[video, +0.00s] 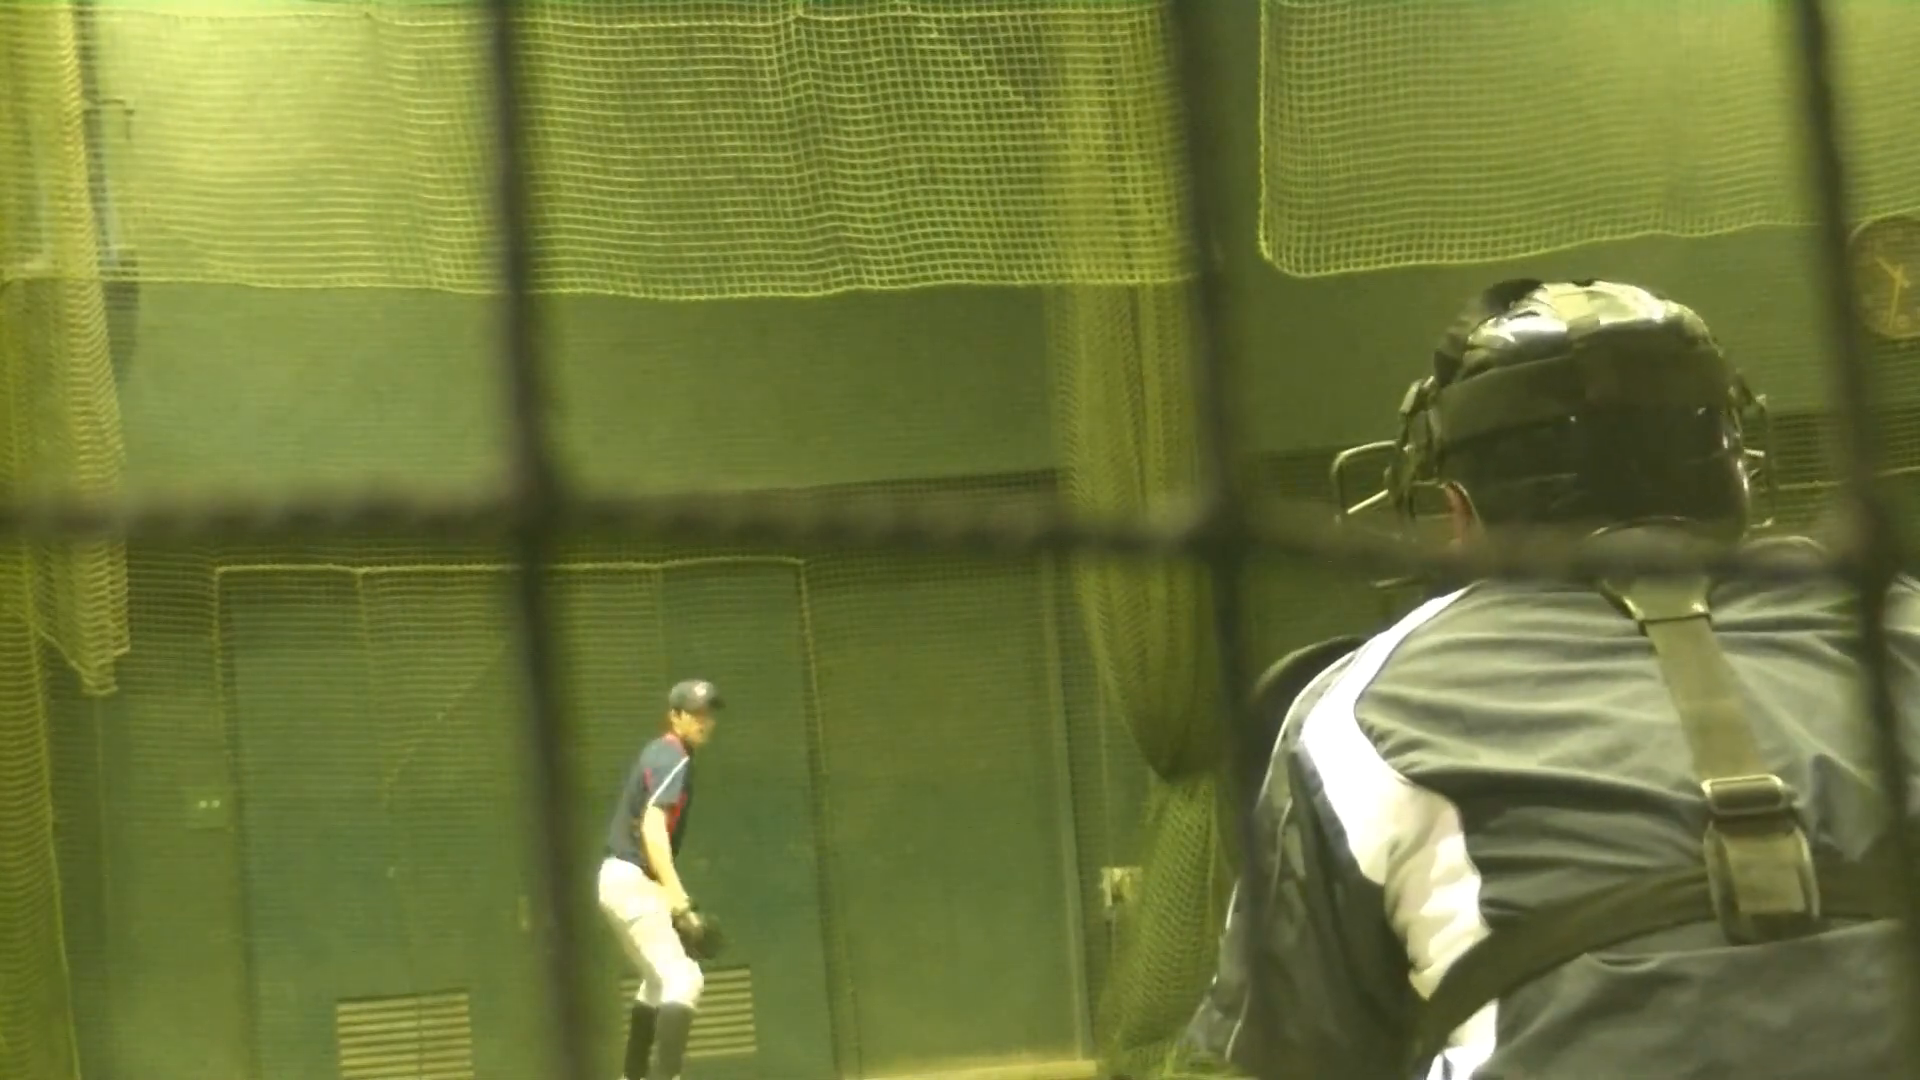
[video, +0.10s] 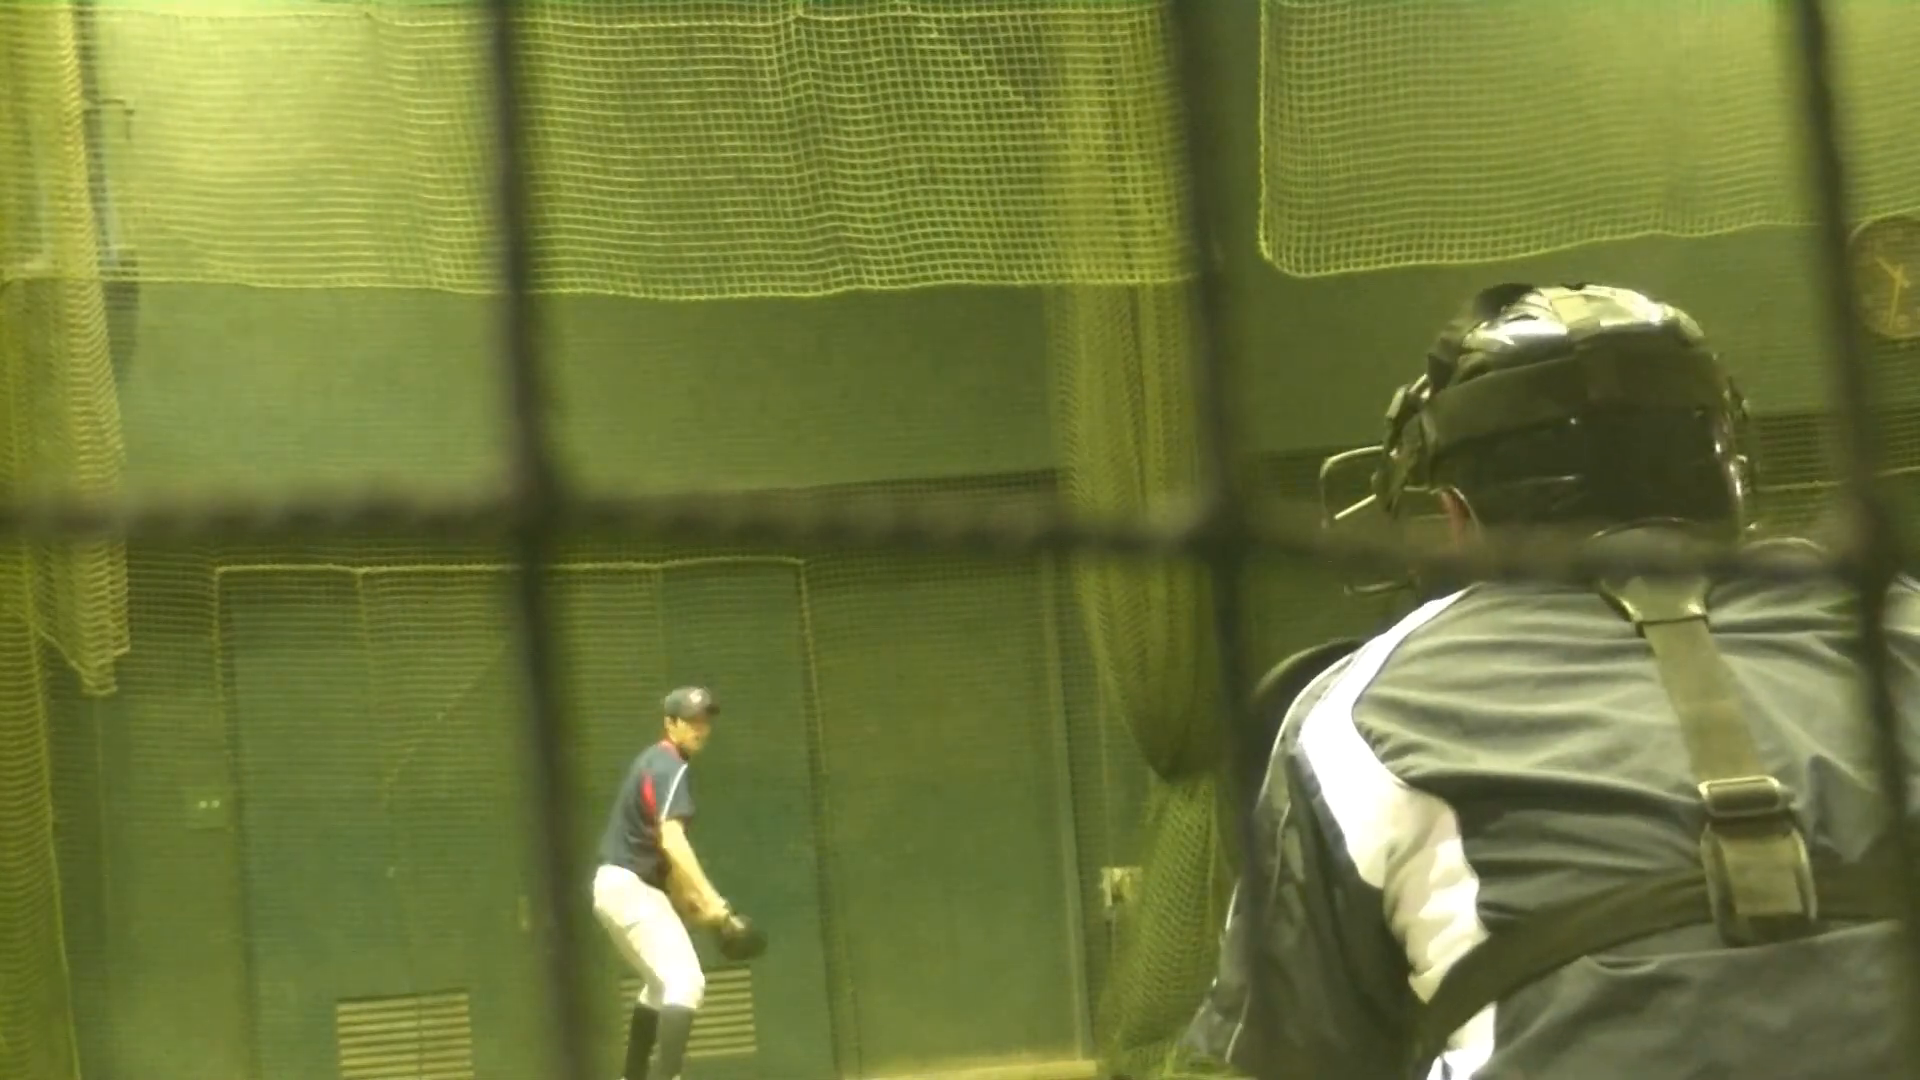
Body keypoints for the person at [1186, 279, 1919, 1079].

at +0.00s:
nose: (1415, 544)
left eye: (1420, 518)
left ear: (1461, 523)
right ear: (1735, 487)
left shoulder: (1347, 713)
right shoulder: (1891, 622)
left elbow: (1294, 1049)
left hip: (1588, 1022)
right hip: (1884, 1016)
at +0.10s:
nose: (1410, 547)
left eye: (1415, 521)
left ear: (1458, 526)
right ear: (1727, 488)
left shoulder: (1344, 718)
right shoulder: (1891, 620)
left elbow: (1297, 1053)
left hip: (1586, 1024)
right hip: (1886, 1016)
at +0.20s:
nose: (1406, 553)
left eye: (1411, 527)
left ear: (1454, 528)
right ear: (1723, 487)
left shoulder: (1342, 718)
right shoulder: (1895, 618)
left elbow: (1297, 1054)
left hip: (1589, 1021)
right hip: (1894, 1014)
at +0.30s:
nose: (1406, 555)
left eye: (1410, 529)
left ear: (1451, 529)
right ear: (1718, 488)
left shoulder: (1340, 719)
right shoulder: (1894, 618)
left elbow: (1294, 1051)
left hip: (1590, 1019)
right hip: (1893, 1012)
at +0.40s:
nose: (1404, 556)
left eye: (1408, 530)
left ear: (1449, 531)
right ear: (1715, 488)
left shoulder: (1338, 720)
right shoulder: (1886, 615)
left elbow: (1294, 1052)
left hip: (1584, 1025)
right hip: (1886, 1012)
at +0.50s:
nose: (1402, 557)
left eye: (1408, 529)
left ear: (1450, 532)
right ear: (1715, 489)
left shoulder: (1342, 723)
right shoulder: (1887, 616)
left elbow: (1296, 1053)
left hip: (1585, 1024)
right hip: (1889, 1010)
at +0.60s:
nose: (1408, 567)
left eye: (1411, 540)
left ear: (1455, 535)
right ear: (1721, 496)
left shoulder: (1347, 726)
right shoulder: (1890, 612)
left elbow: (1300, 1051)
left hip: (1591, 1019)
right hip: (1889, 1009)